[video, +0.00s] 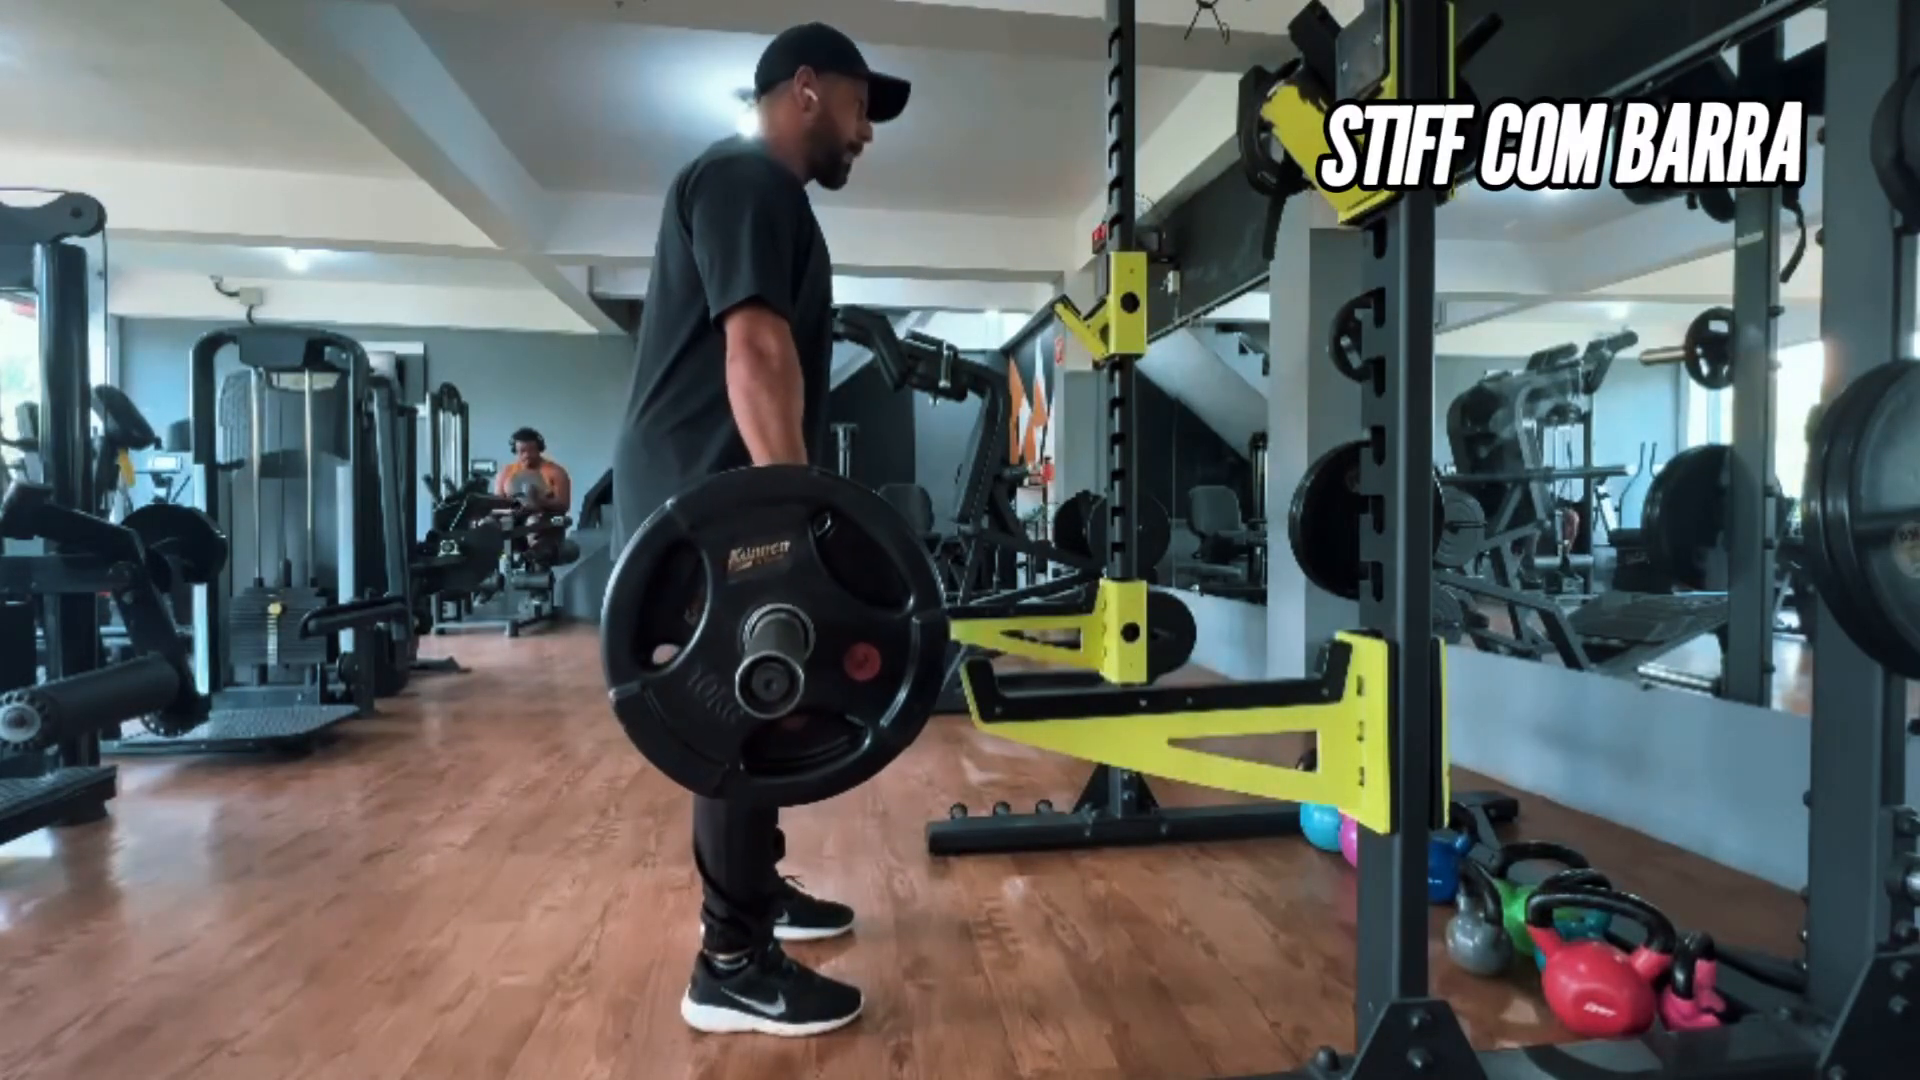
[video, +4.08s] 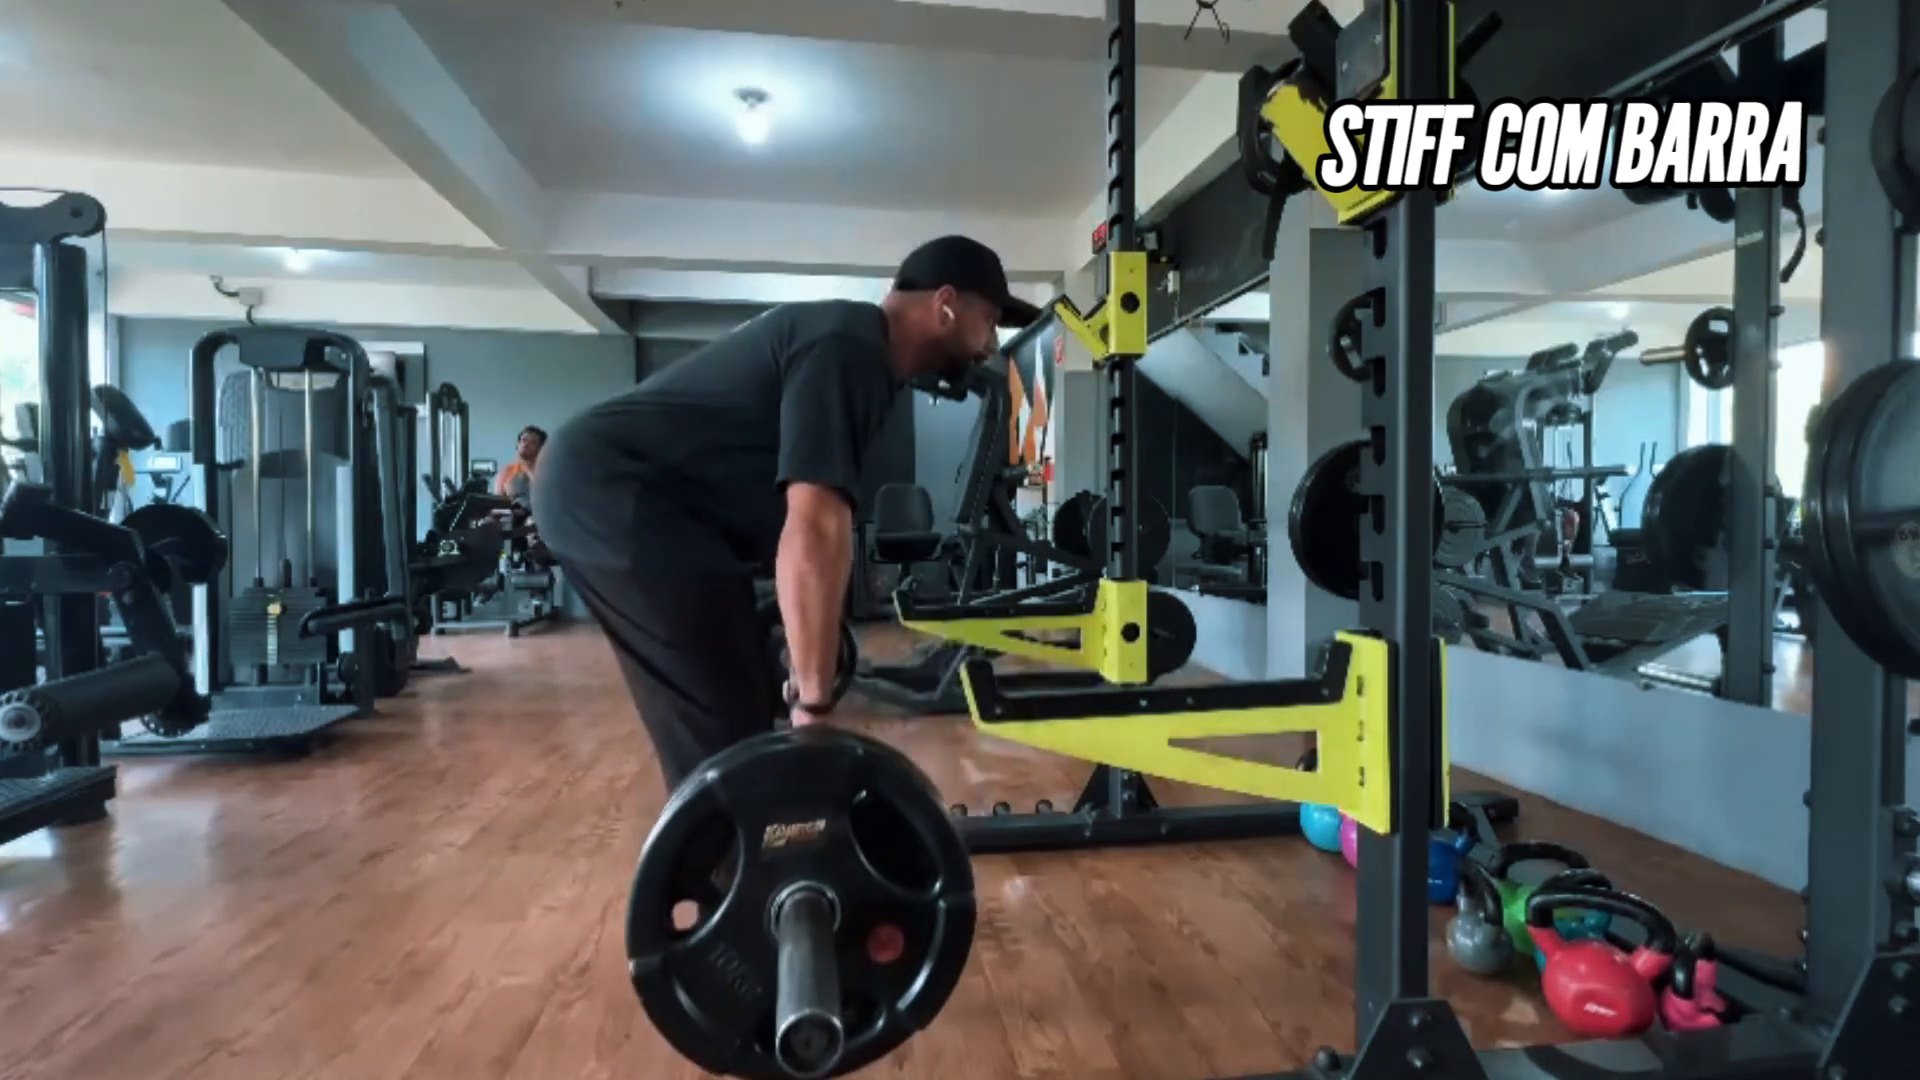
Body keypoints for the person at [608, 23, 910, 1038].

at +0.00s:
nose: (866, 135)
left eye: (870, 117)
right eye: (861, 110)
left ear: (797, 94)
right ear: (808, 89)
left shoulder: (754, 184)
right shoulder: (745, 175)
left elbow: (759, 356)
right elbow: (755, 349)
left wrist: (788, 506)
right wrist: (793, 512)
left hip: (716, 489)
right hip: (708, 491)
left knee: (756, 696)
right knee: (740, 708)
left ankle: (752, 882)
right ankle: (731, 960)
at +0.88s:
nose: (964, 225)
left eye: (967, 207)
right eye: (956, 203)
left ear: (897, 194)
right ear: (906, 189)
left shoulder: (836, 270)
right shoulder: (822, 252)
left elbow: (800, 427)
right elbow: (793, 424)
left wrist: (802, 594)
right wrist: (801, 602)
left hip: (661, 478)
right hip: (658, 480)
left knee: (742, 691)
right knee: (748, 703)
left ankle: (780, 888)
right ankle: (733, 962)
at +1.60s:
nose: (990, 375)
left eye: (997, 359)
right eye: (989, 352)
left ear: (939, 332)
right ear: (945, 332)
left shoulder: (849, 369)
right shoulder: (838, 367)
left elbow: (816, 545)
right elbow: (803, 552)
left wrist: (793, 716)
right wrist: (797, 732)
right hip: (601, 493)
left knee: (731, 710)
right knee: (733, 713)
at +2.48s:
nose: (955, 226)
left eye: (958, 208)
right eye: (948, 203)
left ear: (887, 198)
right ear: (899, 193)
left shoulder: (825, 269)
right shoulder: (814, 253)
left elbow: (797, 430)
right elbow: (794, 427)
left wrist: (803, 597)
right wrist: (804, 608)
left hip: (642, 482)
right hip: (643, 483)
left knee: (735, 691)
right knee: (748, 702)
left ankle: (774, 887)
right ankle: (733, 959)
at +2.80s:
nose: (866, 99)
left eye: (864, 83)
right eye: (854, 79)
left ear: (792, 82)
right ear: (799, 75)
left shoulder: (778, 186)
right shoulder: (753, 165)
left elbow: (783, 344)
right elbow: (767, 325)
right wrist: (822, 495)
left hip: (721, 467)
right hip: (697, 467)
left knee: (748, 686)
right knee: (725, 697)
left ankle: (749, 880)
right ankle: (729, 957)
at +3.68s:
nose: (951, 206)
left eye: (953, 188)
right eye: (945, 184)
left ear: (887, 170)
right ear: (898, 167)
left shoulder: (829, 248)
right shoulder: (820, 233)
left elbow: (805, 412)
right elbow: (807, 408)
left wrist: (828, 584)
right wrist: (825, 587)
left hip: (690, 481)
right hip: (658, 477)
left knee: (742, 691)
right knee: (727, 704)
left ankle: (758, 893)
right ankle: (730, 961)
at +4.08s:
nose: (992, 343)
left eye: (997, 326)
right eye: (992, 320)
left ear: (939, 301)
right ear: (946, 301)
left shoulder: (851, 349)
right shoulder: (843, 344)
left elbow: (822, 520)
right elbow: (814, 521)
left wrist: (808, 683)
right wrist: (813, 699)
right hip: (612, 487)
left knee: (727, 701)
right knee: (732, 705)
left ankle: (727, 890)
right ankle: (733, 897)